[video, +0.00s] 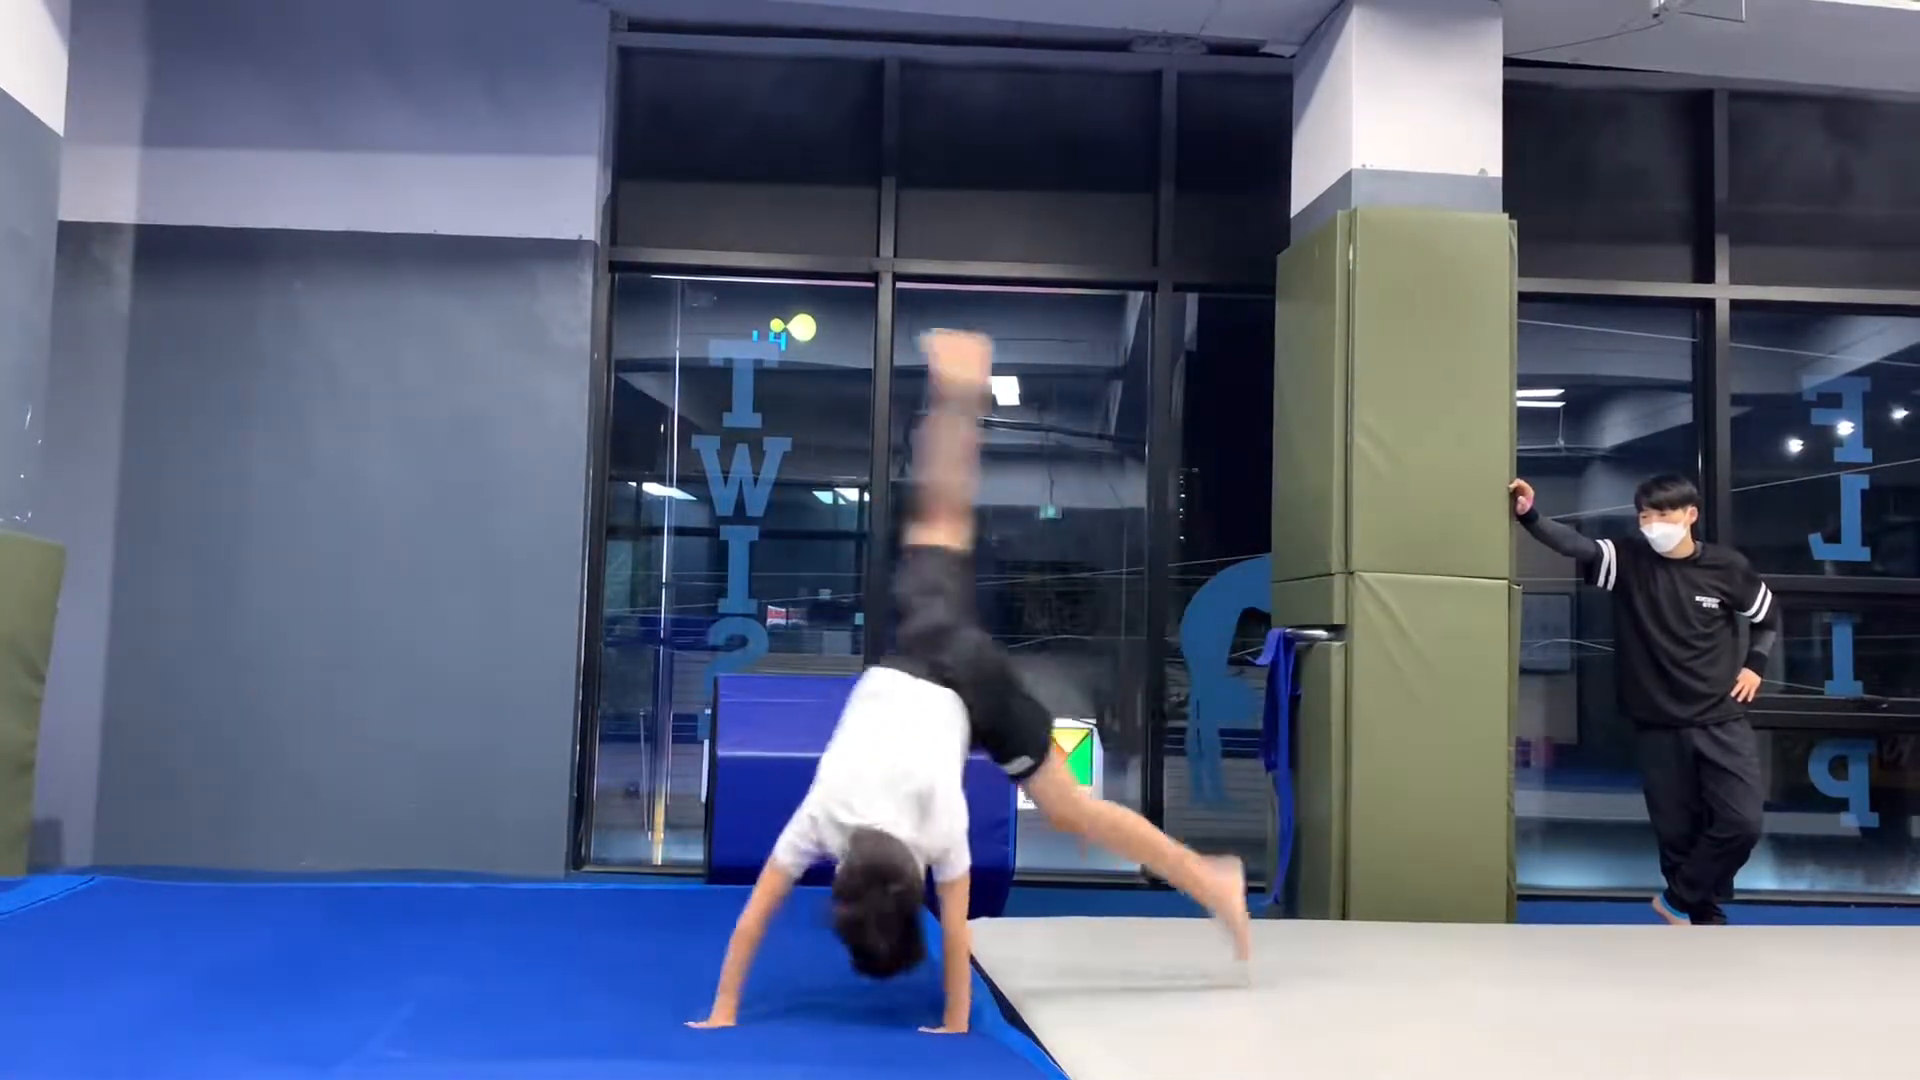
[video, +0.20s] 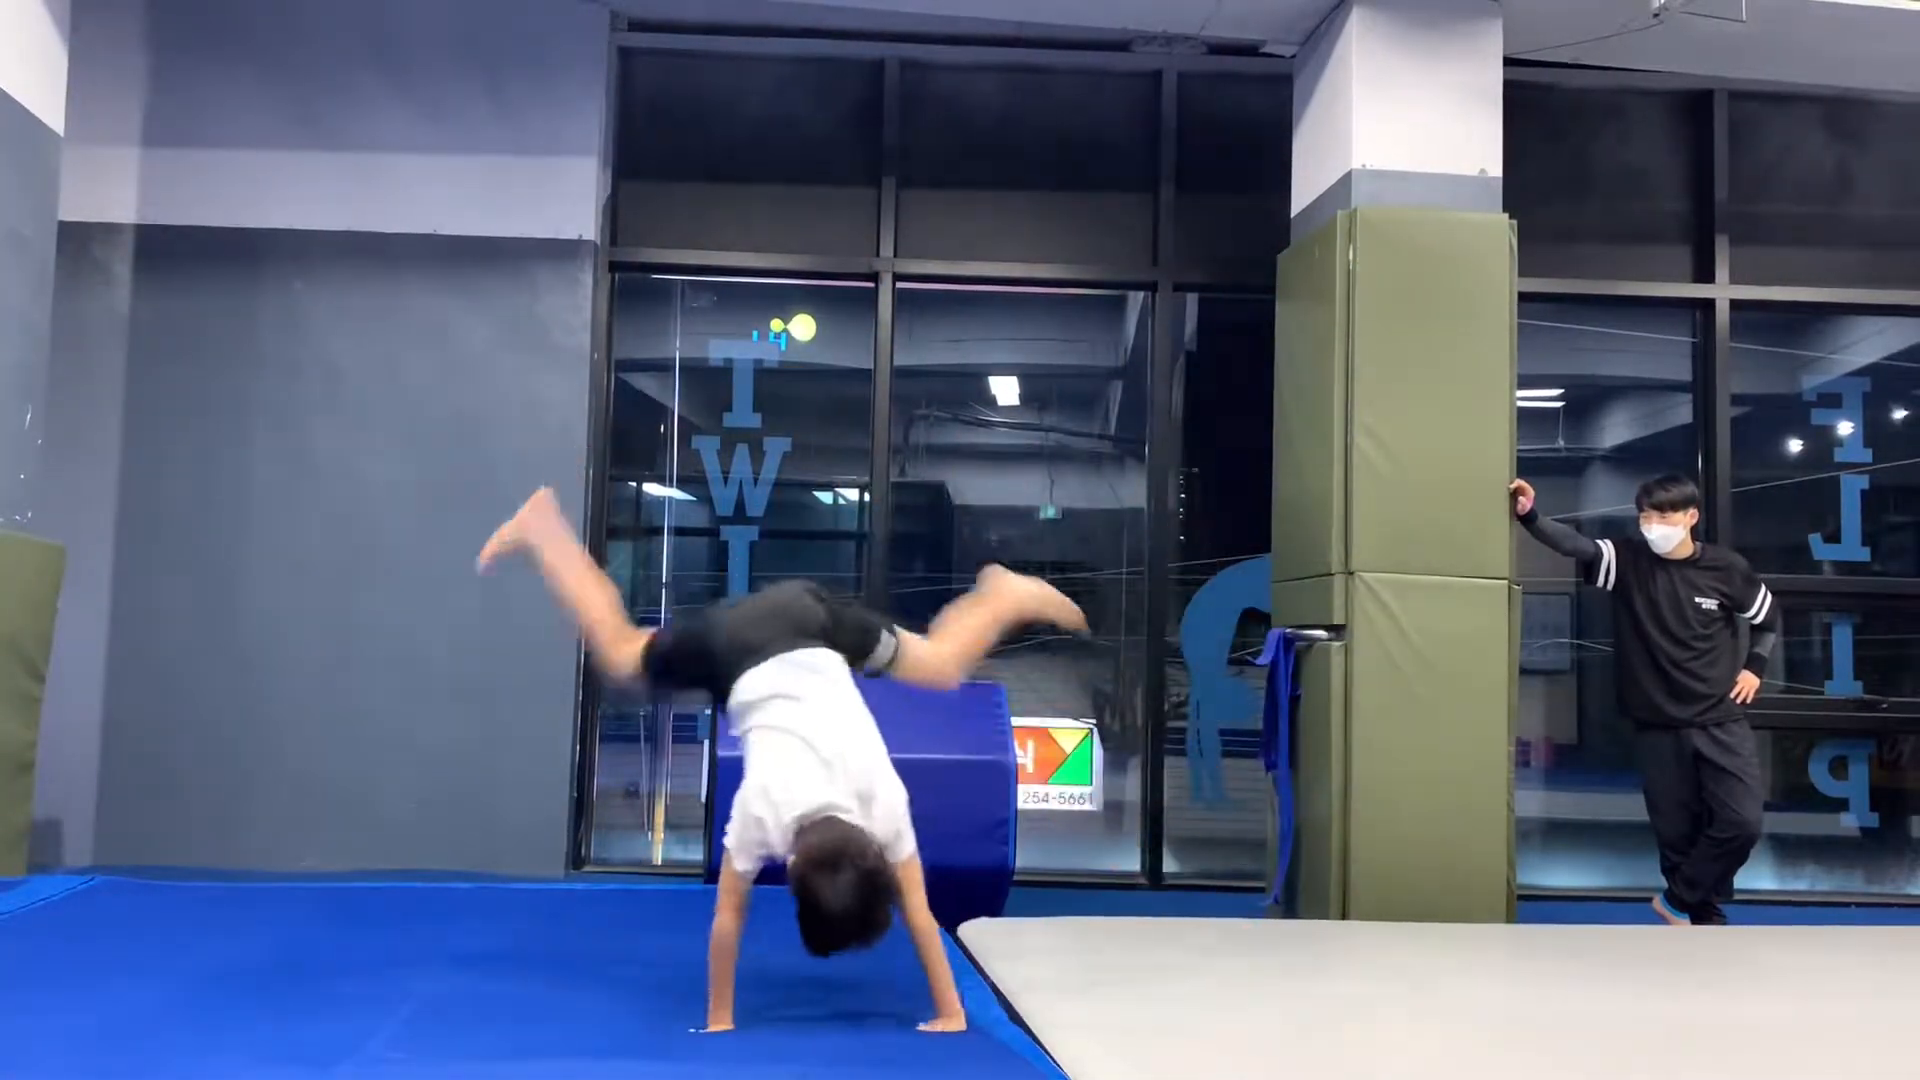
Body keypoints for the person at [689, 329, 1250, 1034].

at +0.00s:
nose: (890, 949)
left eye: (896, 941)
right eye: (872, 947)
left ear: (908, 899)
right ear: (840, 897)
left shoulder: (941, 830)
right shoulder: (816, 820)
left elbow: (955, 930)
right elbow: (758, 912)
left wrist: (956, 1022)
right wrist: (723, 1011)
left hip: (973, 680)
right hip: (911, 654)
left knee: (1071, 808)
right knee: (938, 511)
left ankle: (1208, 879)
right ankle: (958, 391)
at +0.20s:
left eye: (858, 926)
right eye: (833, 932)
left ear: (878, 882)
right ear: (800, 880)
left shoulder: (891, 818)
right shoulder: (759, 817)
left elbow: (919, 913)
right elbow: (727, 919)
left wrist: (950, 1012)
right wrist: (720, 1021)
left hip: (821, 621)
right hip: (734, 641)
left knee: (941, 666)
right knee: (622, 659)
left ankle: (1006, 589)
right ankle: (544, 528)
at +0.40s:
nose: (787, 872)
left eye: (800, 862)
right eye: (778, 867)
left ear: (818, 821)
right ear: (744, 841)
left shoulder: (798, 752)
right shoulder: (686, 819)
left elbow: (875, 829)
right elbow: (700, 922)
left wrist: (952, 908)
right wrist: (718, 1026)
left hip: (643, 645)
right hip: (585, 693)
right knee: (595, 883)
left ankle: (581, 587)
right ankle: (457, 943)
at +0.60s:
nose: (738, 710)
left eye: (738, 699)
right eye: (727, 715)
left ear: (711, 666)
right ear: (692, 721)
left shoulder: (695, 638)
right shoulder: (632, 743)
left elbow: (792, 608)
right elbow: (648, 867)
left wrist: (888, 568)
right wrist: (685, 974)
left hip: (470, 652)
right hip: (480, 699)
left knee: (382, 795)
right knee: (520, 859)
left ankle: (226, 863)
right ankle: (434, 969)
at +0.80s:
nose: (659, 595)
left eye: (666, 586)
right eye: (662, 584)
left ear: (624, 542)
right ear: (640, 574)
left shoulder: (580, 536)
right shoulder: (591, 619)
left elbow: (622, 491)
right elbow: (553, 739)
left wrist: (670, 445)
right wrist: (543, 872)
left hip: (360, 643)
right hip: (419, 669)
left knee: (306, 817)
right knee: (462, 826)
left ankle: (210, 964)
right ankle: (419, 965)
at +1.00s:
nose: (565, 500)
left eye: (570, 488)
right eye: (563, 485)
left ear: (505, 474)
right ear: (535, 476)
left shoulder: (437, 493)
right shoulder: (522, 556)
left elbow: (340, 532)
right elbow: (491, 674)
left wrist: (369, 595)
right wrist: (483, 776)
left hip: (345, 633)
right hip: (423, 649)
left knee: (280, 830)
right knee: (447, 817)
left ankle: (197, 995)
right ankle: (416, 964)